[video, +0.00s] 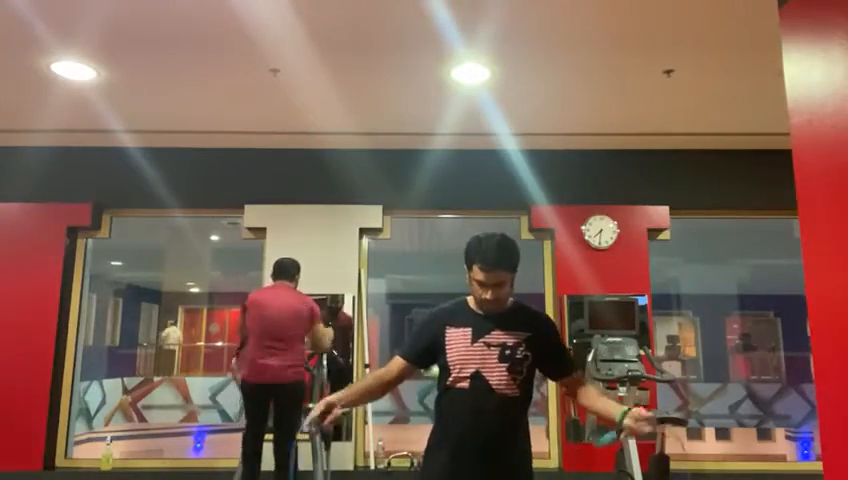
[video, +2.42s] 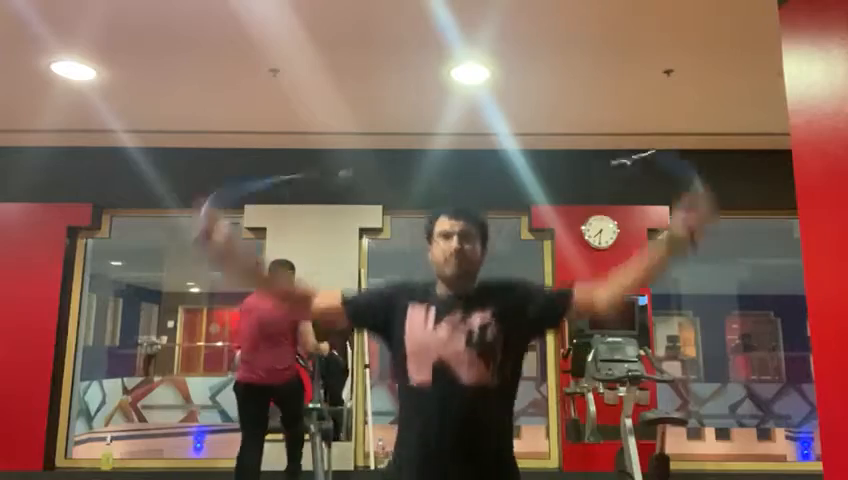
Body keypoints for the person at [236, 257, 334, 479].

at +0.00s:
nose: (297, 280)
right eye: (297, 277)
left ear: (272, 276)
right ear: (296, 278)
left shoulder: (253, 298)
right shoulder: (307, 304)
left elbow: (244, 336)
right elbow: (320, 343)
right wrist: (329, 333)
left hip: (254, 380)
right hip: (291, 382)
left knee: (253, 433)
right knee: (284, 440)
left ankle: (249, 475)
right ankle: (283, 476)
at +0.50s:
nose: (290, 285)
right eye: (291, 282)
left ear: (266, 281)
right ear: (289, 283)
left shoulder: (246, 304)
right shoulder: (298, 308)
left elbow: (231, 337)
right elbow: (317, 348)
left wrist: (255, 331)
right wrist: (325, 336)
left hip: (248, 387)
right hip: (284, 386)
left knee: (247, 445)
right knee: (295, 433)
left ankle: (245, 477)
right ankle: (294, 473)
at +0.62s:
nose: (292, 285)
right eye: (293, 281)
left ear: (267, 280)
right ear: (292, 282)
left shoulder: (247, 304)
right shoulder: (299, 307)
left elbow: (246, 343)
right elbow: (308, 350)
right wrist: (323, 348)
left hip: (249, 384)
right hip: (284, 384)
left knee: (247, 444)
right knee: (295, 427)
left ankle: (243, 477)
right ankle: (297, 472)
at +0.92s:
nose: (295, 283)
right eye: (296, 280)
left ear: (271, 278)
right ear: (295, 280)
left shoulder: (250, 302)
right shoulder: (305, 305)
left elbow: (239, 338)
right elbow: (324, 342)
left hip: (255, 382)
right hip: (291, 383)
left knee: (254, 428)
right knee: (286, 433)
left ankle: (252, 473)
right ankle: (283, 475)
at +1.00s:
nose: (295, 284)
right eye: (295, 281)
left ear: (270, 280)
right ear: (294, 281)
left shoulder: (250, 303)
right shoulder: (304, 306)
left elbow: (230, 344)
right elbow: (324, 341)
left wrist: (228, 375)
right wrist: (331, 329)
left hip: (254, 384)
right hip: (290, 385)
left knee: (255, 429)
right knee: (284, 435)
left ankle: (257, 474)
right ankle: (278, 475)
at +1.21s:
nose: (292, 280)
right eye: (293, 276)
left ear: (268, 275)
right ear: (292, 276)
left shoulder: (246, 297)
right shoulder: (302, 300)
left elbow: (227, 338)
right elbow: (320, 332)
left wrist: (243, 342)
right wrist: (329, 326)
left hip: (250, 382)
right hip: (284, 382)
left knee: (255, 440)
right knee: (285, 440)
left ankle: (254, 476)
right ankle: (281, 476)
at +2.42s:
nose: (290, 282)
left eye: (287, 277)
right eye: (291, 277)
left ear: (268, 276)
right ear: (291, 277)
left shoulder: (250, 302)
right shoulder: (298, 302)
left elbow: (242, 341)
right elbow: (307, 345)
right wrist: (321, 348)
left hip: (250, 383)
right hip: (286, 381)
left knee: (251, 441)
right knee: (294, 427)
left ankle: (245, 475)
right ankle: (293, 469)